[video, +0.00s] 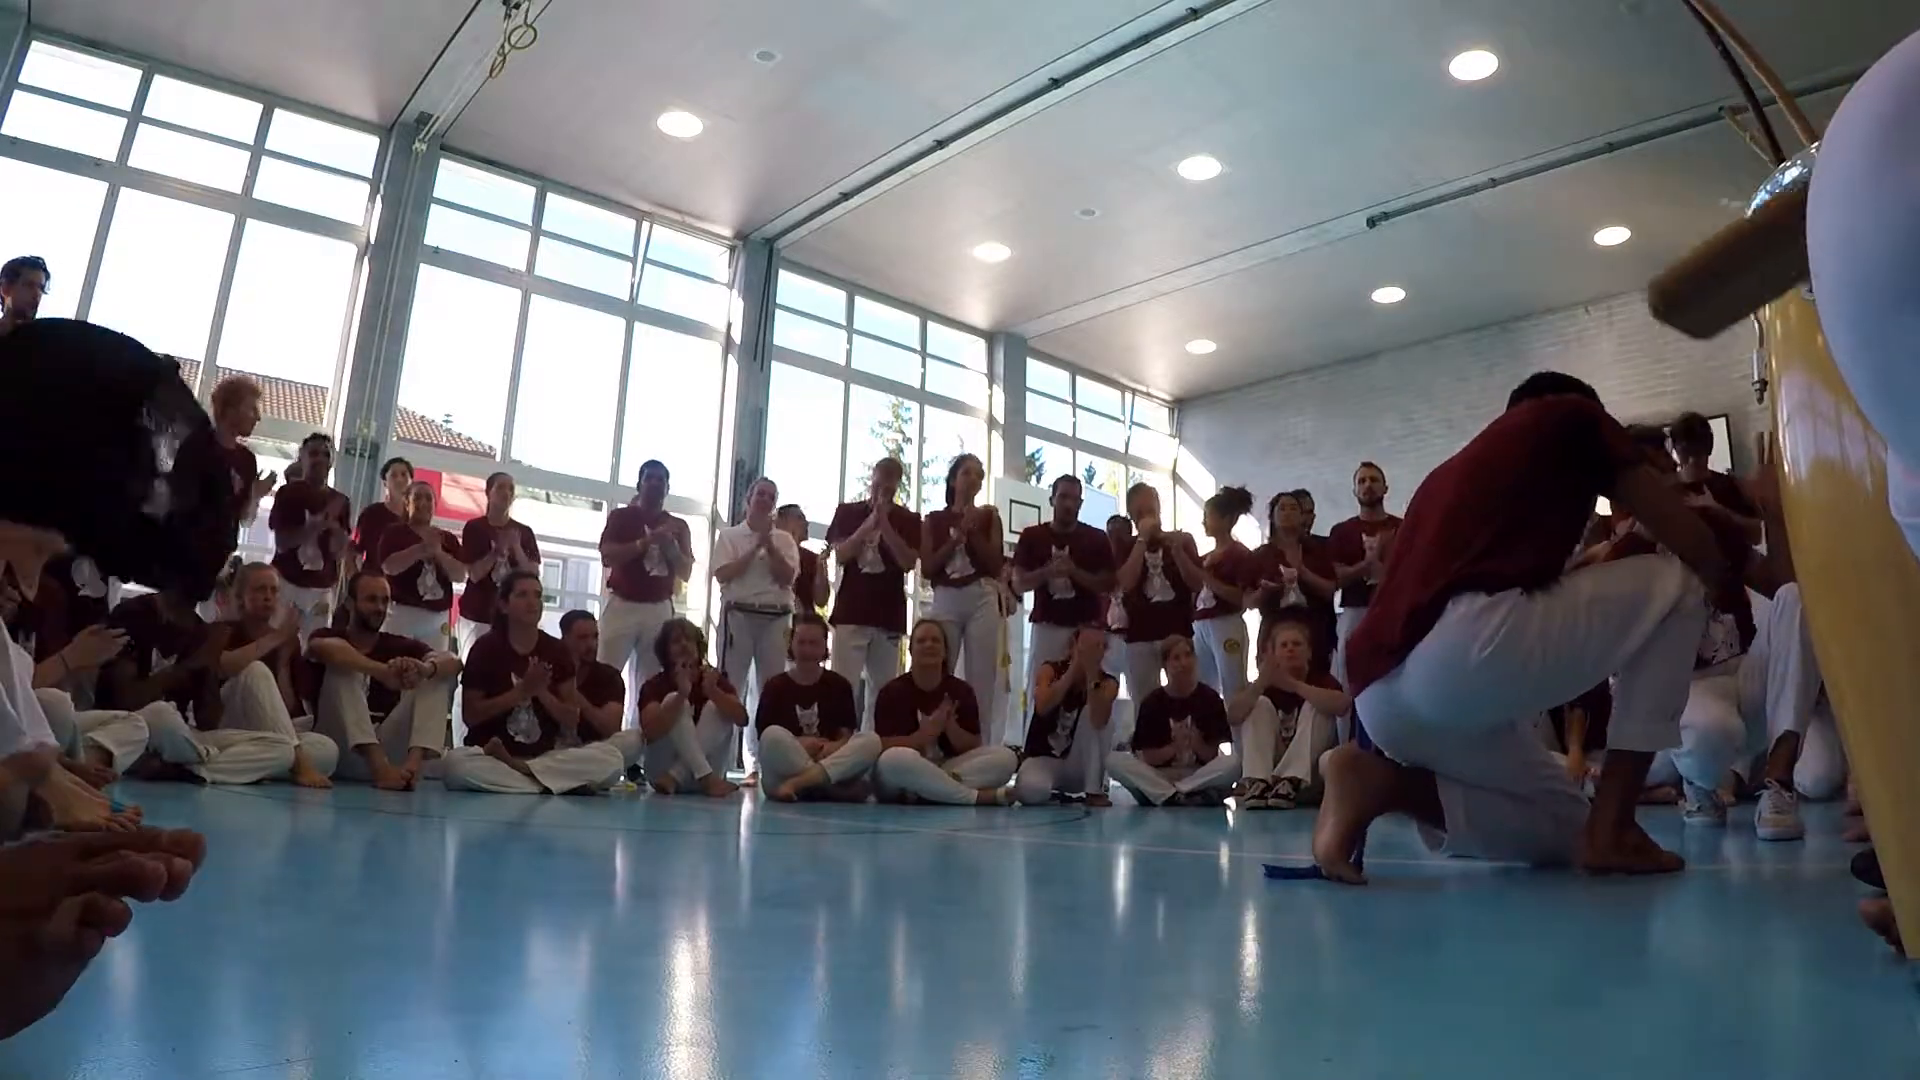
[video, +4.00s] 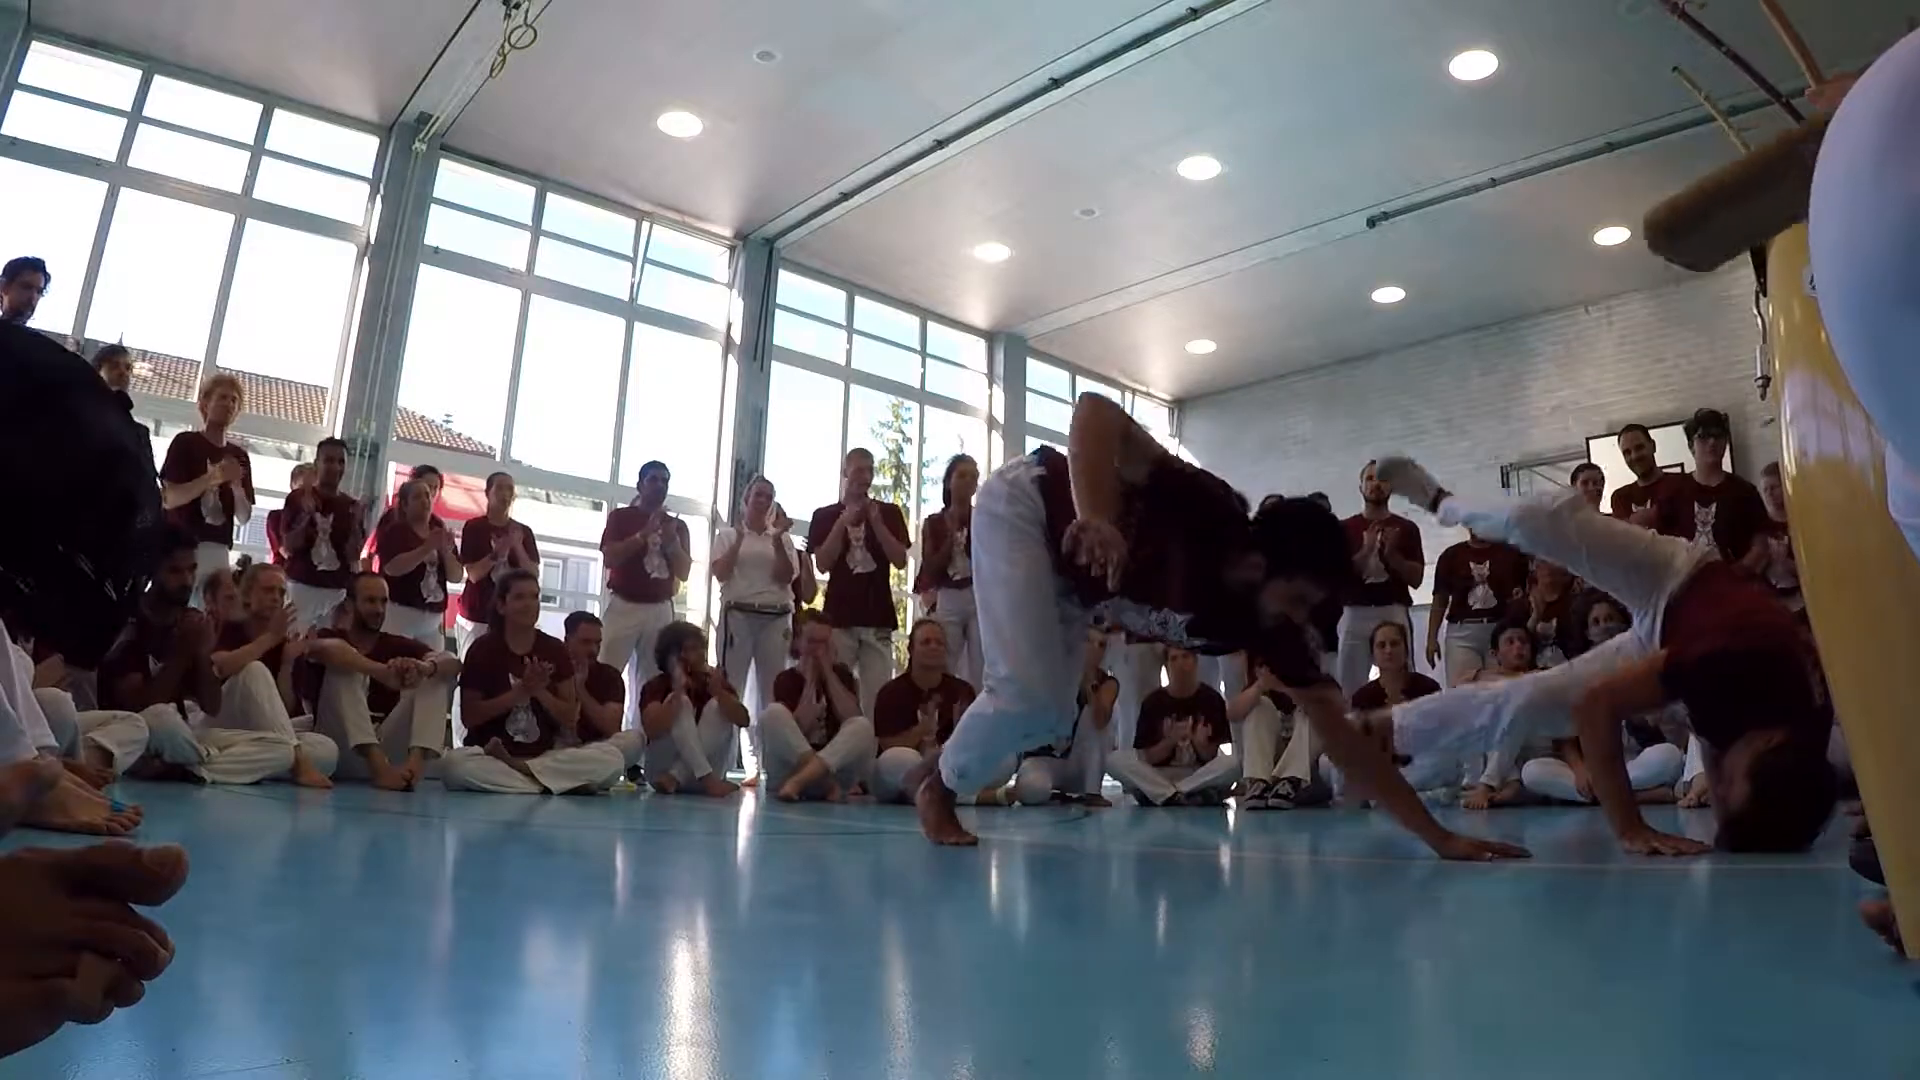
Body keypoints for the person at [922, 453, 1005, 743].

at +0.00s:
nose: (972, 478)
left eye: (978, 475)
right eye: (966, 472)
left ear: (982, 483)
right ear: (953, 478)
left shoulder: (989, 516)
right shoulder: (934, 519)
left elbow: (994, 565)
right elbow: (928, 568)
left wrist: (973, 532)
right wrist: (953, 540)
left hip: (982, 595)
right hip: (945, 594)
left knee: (982, 678)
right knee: (939, 674)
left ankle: (982, 751)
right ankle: (938, 748)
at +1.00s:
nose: (961, 475)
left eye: (965, 471)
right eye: (954, 470)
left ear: (969, 480)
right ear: (940, 478)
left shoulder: (979, 518)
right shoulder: (923, 518)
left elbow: (986, 566)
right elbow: (918, 567)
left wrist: (964, 537)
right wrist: (943, 537)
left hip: (974, 597)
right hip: (935, 597)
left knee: (975, 678)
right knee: (931, 675)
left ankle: (974, 748)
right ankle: (930, 746)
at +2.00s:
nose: (965, 477)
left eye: (970, 473)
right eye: (959, 472)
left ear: (975, 482)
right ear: (947, 479)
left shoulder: (986, 516)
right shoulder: (932, 521)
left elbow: (993, 565)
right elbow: (927, 569)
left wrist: (972, 537)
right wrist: (949, 535)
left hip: (982, 597)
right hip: (944, 597)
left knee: (982, 681)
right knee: (940, 677)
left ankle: (981, 751)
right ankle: (937, 751)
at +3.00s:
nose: (962, 479)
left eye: (966, 474)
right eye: (955, 473)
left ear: (971, 480)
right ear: (942, 478)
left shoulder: (981, 519)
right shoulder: (927, 520)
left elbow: (988, 567)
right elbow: (921, 569)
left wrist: (966, 536)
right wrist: (944, 542)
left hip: (976, 598)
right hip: (938, 598)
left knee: (976, 675)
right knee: (933, 673)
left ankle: (976, 737)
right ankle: (932, 737)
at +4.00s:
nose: (968, 482)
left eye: (973, 477)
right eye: (962, 476)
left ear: (978, 483)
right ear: (948, 481)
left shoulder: (984, 519)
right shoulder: (934, 523)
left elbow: (991, 561)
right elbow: (931, 568)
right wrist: (949, 541)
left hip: (979, 592)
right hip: (947, 594)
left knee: (980, 667)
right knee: (946, 666)